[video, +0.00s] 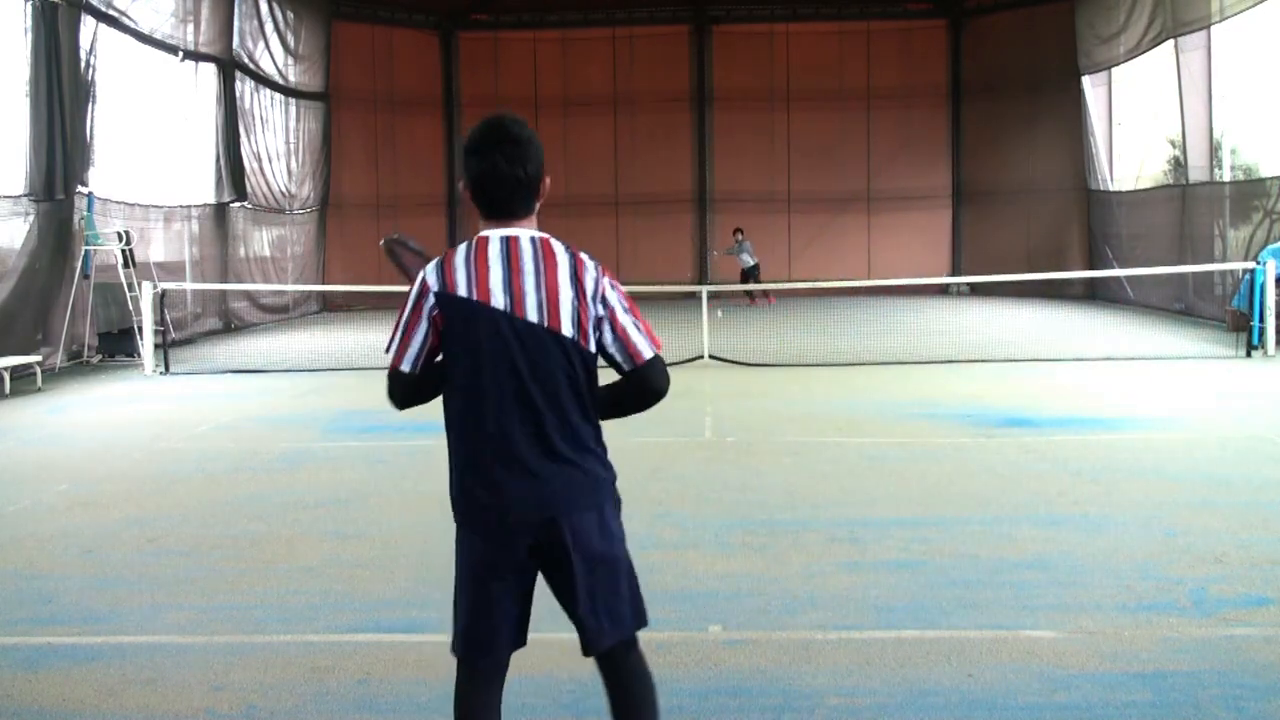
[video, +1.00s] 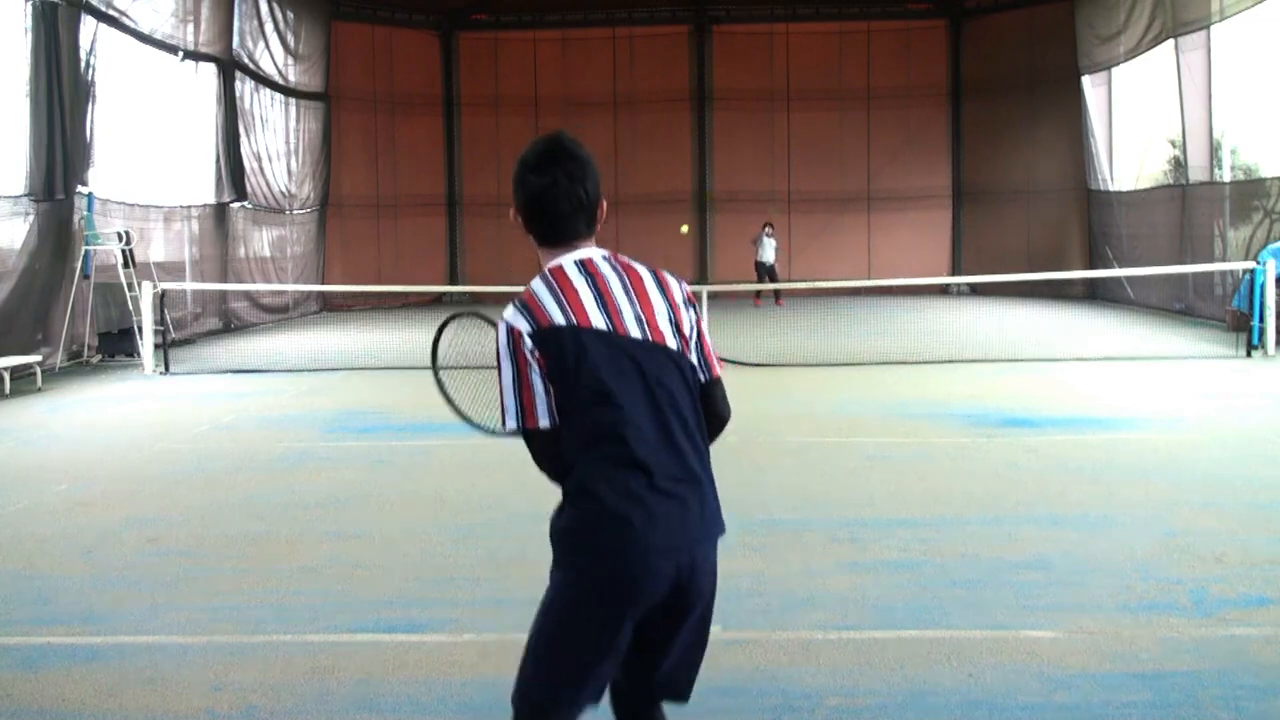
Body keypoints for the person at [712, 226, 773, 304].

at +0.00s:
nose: (737, 237)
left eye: (739, 234)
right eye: (736, 235)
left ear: (742, 235)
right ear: (734, 236)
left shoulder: (745, 244)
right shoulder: (736, 247)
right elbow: (730, 252)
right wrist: (720, 253)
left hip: (753, 265)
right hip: (745, 268)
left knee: (757, 282)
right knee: (743, 286)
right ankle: (752, 299)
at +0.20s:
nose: (744, 236)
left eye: (745, 233)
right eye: (742, 234)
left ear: (748, 234)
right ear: (740, 235)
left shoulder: (753, 242)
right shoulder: (742, 246)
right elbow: (741, 257)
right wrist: (733, 262)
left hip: (759, 265)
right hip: (749, 268)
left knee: (765, 282)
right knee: (746, 284)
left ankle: (777, 296)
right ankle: (753, 299)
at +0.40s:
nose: (754, 225)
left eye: (756, 223)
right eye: (752, 224)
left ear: (759, 224)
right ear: (750, 225)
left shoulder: (764, 232)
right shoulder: (749, 235)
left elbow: (767, 230)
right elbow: (746, 242)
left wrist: (764, 225)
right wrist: (744, 237)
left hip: (765, 255)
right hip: (754, 257)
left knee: (772, 276)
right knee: (752, 278)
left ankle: (778, 294)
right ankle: (751, 296)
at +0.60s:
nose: (766, 228)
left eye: (767, 226)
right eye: (765, 227)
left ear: (770, 228)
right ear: (763, 228)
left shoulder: (774, 237)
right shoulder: (761, 235)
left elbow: (785, 239)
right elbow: (758, 227)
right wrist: (767, 220)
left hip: (772, 260)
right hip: (762, 259)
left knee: (777, 281)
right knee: (754, 278)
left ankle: (779, 299)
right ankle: (742, 289)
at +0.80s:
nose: (774, 233)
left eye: (775, 231)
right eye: (772, 231)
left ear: (777, 232)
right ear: (769, 232)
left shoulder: (778, 243)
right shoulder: (766, 239)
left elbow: (781, 252)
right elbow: (763, 232)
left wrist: (784, 258)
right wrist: (768, 224)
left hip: (774, 264)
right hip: (765, 263)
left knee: (780, 282)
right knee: (758, 281)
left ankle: (778, 300)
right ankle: (748, 297)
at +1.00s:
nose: (768, 231)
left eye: (770, 229)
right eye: (766, 228)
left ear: (772, 231)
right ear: (764, 230)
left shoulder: (773, 241)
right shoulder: (761, 239)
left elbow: (774, 252)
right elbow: (757, 243)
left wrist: (775, 262)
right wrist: (763, 234)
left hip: (770, 262)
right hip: (761, 261)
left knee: (775, 281)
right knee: (761, 280)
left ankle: (778, 299)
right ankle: (757, 298)